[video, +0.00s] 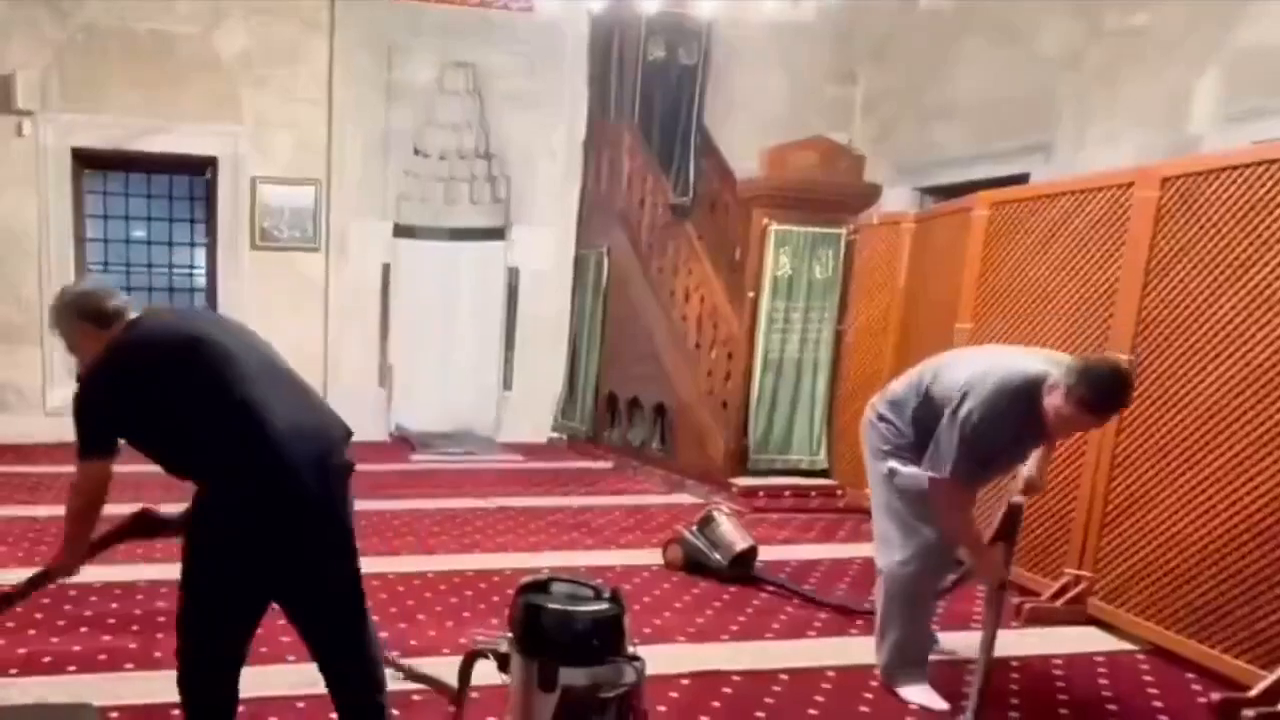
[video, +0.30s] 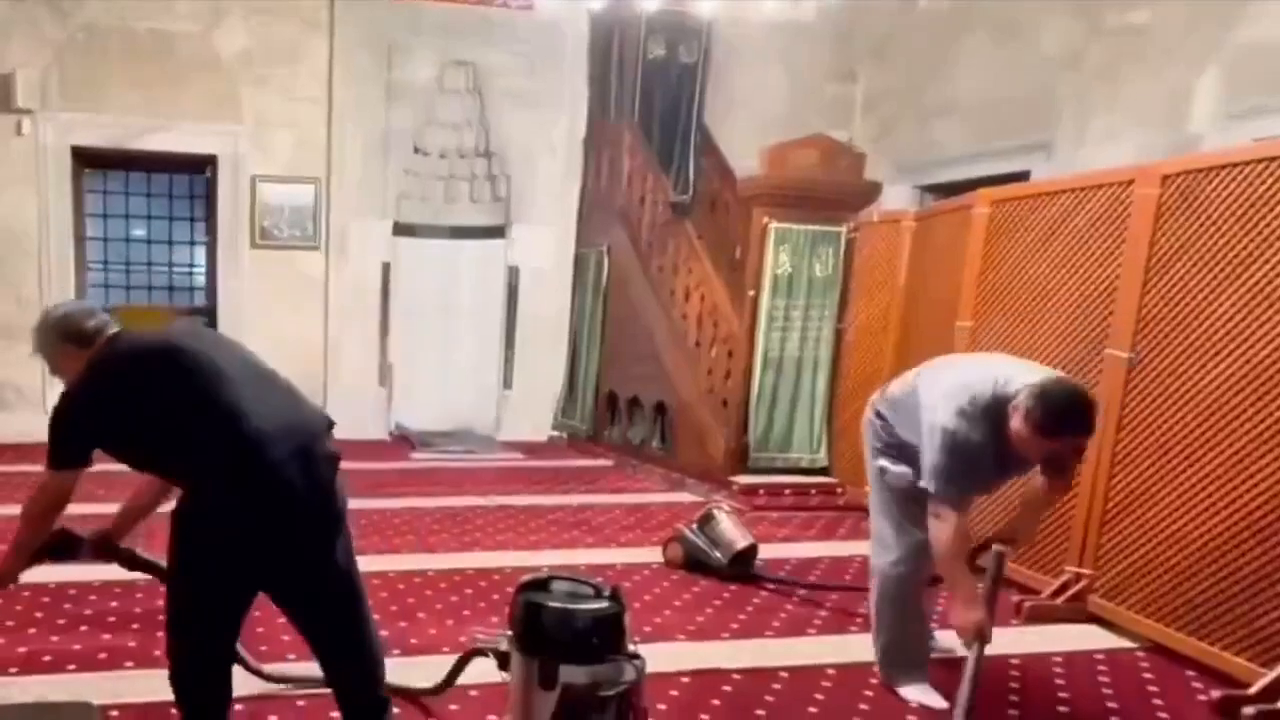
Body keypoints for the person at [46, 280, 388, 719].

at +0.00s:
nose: (76, 364)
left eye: (72, 348)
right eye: (70, 351)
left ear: (85, 332)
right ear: (125, 312)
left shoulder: (101, 379)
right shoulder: (195, 327)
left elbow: (90, 490)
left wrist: (70, 554)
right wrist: (177, 520)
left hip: (247, 490)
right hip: (323, 465)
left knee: (208, 657)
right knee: (344, 639)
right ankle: (368, 709)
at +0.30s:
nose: (60, 378)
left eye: (56, 368)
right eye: (54, 370)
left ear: (70, 352)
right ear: (107, 329)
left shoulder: (84, 396)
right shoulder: (182, 341)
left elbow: (51, 500)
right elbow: (170, 470)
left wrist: (14, 563)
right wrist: (114, 533)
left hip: (228, 496)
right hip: (309, 467)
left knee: (199, 649)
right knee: (343, 631)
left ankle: (205, 714)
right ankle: (371, 707)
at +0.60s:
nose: (87, 371)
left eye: (85, 358)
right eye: (82, 361)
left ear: (95, 343)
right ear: (131, 321)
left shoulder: (112, 386)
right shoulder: (203, 332)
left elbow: (81, 494)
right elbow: (244, 450)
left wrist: (49, 565)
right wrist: (168, 503)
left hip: (246, 489)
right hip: (327, 465)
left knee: (207, 638)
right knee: (351, 627)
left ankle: (208, 715)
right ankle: (372, 710)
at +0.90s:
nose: (160, 340)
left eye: (156, 328)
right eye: (155, 330)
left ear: (167, 317)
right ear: (197, 297)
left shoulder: (178, 367)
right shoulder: (278, 299)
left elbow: (189, 474)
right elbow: (365, 337)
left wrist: (195, 542)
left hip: (299, 483)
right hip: (378, 467)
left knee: (242, 640)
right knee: (381, 639)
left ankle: (218, 712)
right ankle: (386, 713)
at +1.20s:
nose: (201, 325)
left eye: (200, 311)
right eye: (197, 313)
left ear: (218, 299)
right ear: (252, 283)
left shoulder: (232, 351)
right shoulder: (326, 282)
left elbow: (273, 461)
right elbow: (417, 278)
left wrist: (302, 518)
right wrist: (420, 369)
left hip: (341, 467)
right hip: (419, 448)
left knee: (290, 617)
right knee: (399, 616)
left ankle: (245, 709)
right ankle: (388, 713)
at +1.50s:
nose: (196, 317)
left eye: (195, 304)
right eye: (192, 306)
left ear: (212, 291)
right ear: (244, 278)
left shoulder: (225, 346)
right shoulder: (319, 286)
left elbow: (260, 458)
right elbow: (410, 277)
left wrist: (296, 494)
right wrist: (427, 366)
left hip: (333, 477)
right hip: (408, 461)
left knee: (276, 637)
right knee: (391, 628)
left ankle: (247, 715)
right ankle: (386, 714)